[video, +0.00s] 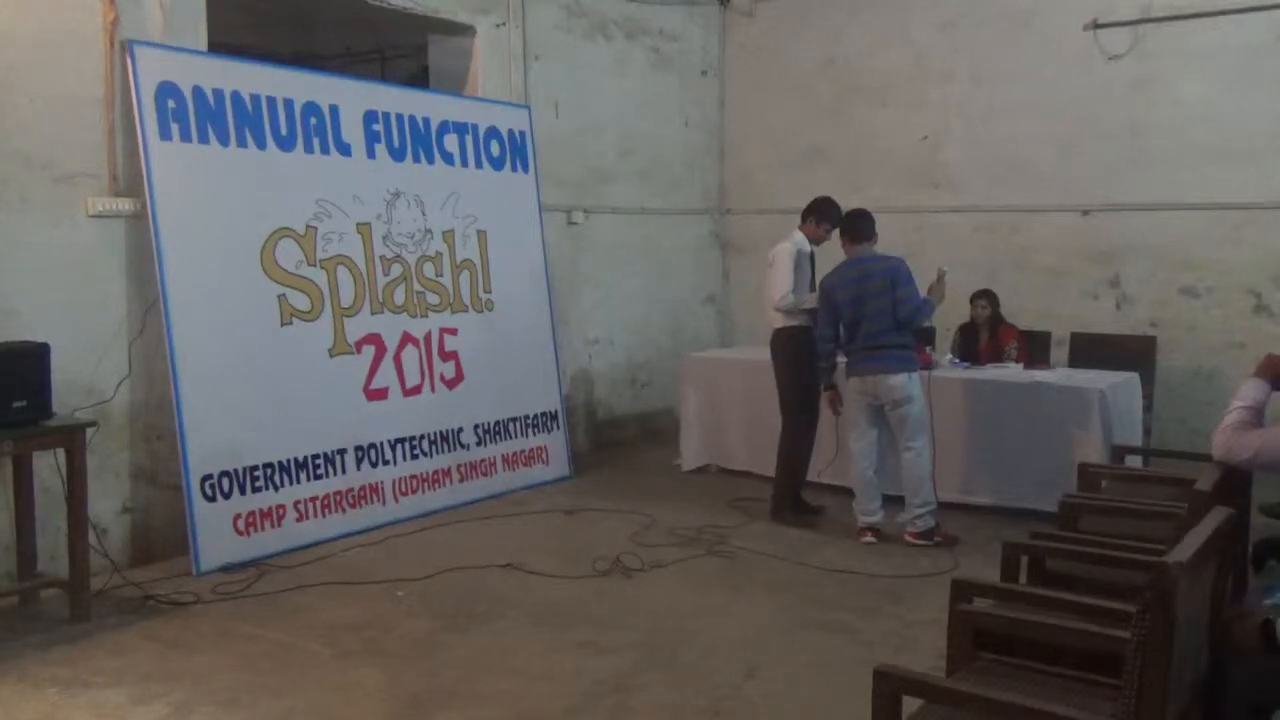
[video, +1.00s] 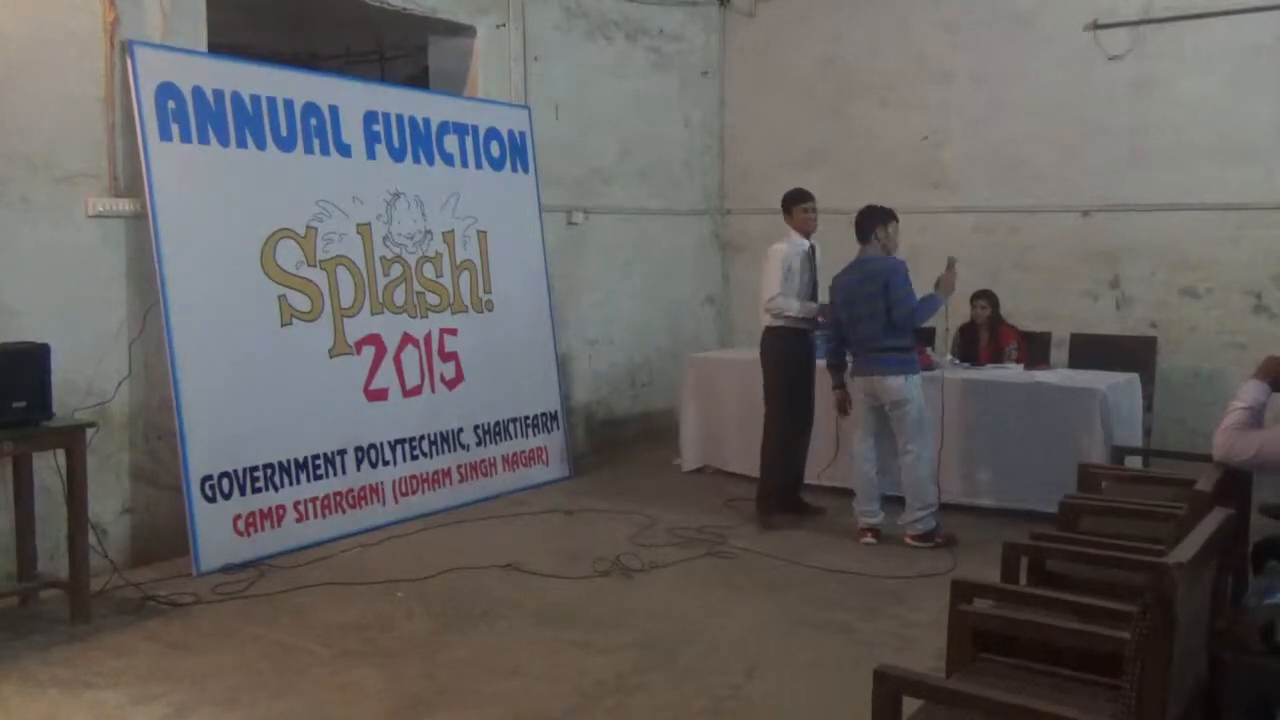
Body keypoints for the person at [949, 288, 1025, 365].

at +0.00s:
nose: (978, 311)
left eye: (983, 308)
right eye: (975, 307)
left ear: (992, 310)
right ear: (971, 308)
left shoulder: (1007, 332)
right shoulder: (964, 330)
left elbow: (1009, 365)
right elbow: (954, 361)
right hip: (967, 381)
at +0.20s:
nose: (978, 312)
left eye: (983, 308)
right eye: (975, 307)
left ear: (993, 310)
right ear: (971, 308)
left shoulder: (1007, 332)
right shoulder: (964, 330)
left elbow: (1009, 365)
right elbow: (954, 361)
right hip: (968, 381)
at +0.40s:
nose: (978, 312)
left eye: (983, 308)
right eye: (975, 307)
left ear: (993, 310)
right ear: (971, 308)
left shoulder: (1007, 332)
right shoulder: (964, 331)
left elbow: (1009, 365)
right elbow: (953, 361)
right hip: (967, 381)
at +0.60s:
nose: (978, 311)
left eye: (983, 308)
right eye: (975, 307)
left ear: (992, 310)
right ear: (971, 308)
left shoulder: (1007, 332)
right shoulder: (964, 331)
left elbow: (1009, 365)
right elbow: (953, 361)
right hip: (967, 381)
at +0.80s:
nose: (978, 311)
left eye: (983, 307)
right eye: (975, 306)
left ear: (993, 310)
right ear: (971, 308)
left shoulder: (1006, 332)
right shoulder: (963, 331)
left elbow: (1009, 365)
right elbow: (954, 361)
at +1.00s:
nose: (977, 312)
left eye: (983, 308)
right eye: (974, 307)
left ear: (992, 311)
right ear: (971, 309)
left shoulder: (1006, 333)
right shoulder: (964, 331)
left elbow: (1010, 366)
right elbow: (954, 362)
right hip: (968, 381)